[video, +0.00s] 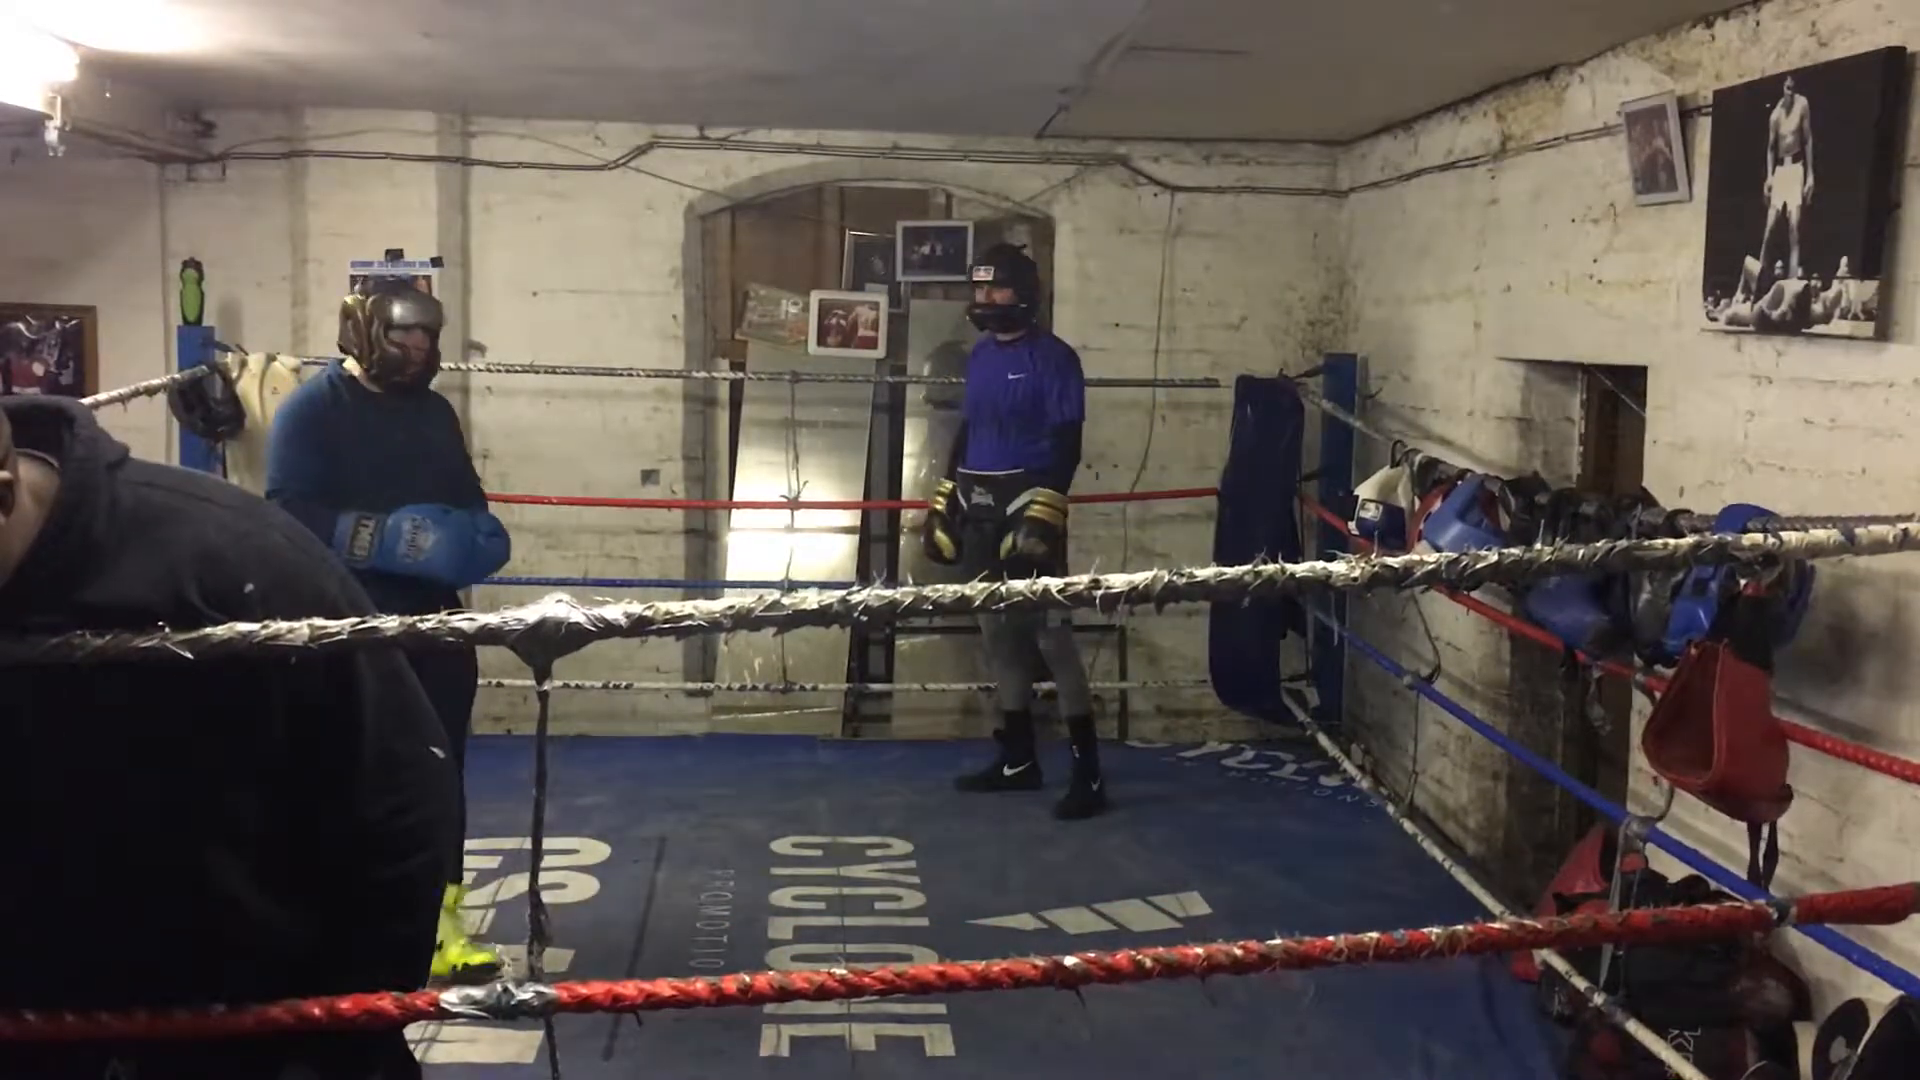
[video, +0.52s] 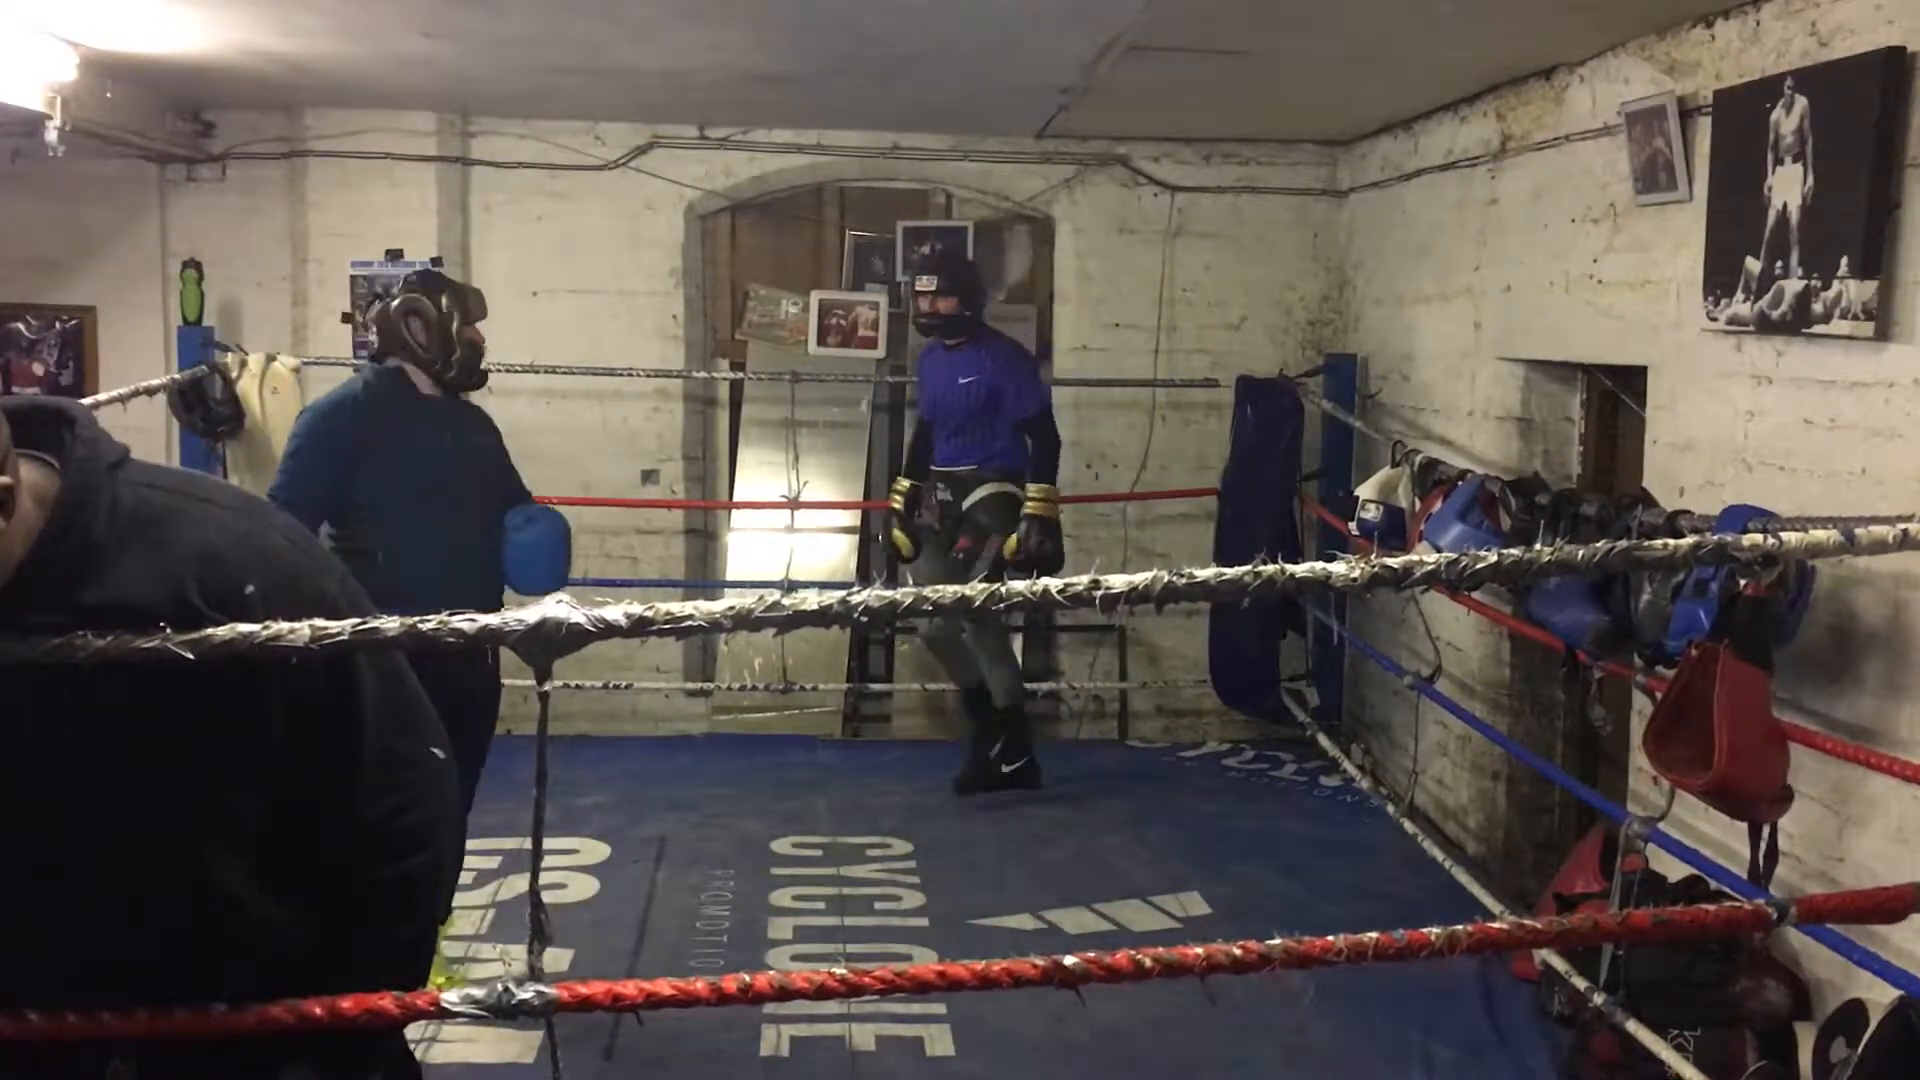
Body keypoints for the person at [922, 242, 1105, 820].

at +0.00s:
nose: (983, 297)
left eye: (994, 287)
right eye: (980, 287)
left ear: (1023, 293)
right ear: (979, 295)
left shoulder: (1055, 358)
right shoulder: (979, 357)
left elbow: (1068, 447)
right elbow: (967, 430)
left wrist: (1043, 514)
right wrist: (943, 500)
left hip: (1033, 510)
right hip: (979, 508)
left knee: (1051, 631)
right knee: (997, 633)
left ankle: (1086, 770)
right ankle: (1017, 759)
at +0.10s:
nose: (975, 298)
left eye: (986, 288)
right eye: (971, 288)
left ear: (1014, 295)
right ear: (971, 296)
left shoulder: (1044, 359)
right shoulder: (970, 356)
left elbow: (1058, 446)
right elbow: (959, 431)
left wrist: (1036, 515)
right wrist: (933, 500)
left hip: (1021, 510)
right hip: (969, 507)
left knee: (1038, 636)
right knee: (991, 637)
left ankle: (1082, 769)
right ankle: (1015, 759)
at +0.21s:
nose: (961, 299)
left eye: (973, 290)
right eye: (959, 290)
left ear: (1000, 297)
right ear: (960, 297)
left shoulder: (1032, 356)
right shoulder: (958, 356)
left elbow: (1049, 443)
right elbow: (943, 429)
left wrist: (1031, 519)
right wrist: (920, 501)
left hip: (1011, 510)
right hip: (959, 508)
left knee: (1010, 636)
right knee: (982, 636)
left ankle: (1059, 760)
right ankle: (1014, 756)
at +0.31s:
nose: (952, 301)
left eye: (964, 291)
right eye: (949, 291)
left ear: (991, 298)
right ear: (948, 297)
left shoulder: (1026, 356)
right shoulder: (945, 356)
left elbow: (1049, 441)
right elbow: (933, 432)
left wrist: (1030, 516)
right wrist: (911, 503)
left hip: (1007, 502)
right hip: (954, 501)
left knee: (976, 628)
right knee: (978, 631)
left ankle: (1033, 714)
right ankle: (1013, 752)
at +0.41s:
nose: (943, 301)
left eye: (955, 291)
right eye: (937, 291)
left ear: (982, 296)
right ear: (931, 296)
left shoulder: (1019, 356)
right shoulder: (938, 356)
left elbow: (1049, 439)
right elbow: (928, 430)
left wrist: (1036, 507)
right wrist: (907, 496)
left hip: (1006, 499)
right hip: (951, 500)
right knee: (955, 620)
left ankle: (1015, 749)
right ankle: (1013, 754)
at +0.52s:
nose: (926, 306)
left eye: (937, 296)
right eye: (920, 296)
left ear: (967, 299)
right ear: (916, 300)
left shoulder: (1005, 358)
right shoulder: (930, 360)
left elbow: (1045, 437)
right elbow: (925, 432)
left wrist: (1039, 510)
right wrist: (903, 497)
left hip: (994, 498)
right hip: (940, 500)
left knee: (983, 620)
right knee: (934, 623)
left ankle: (1018, 753)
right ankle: (987, 735)